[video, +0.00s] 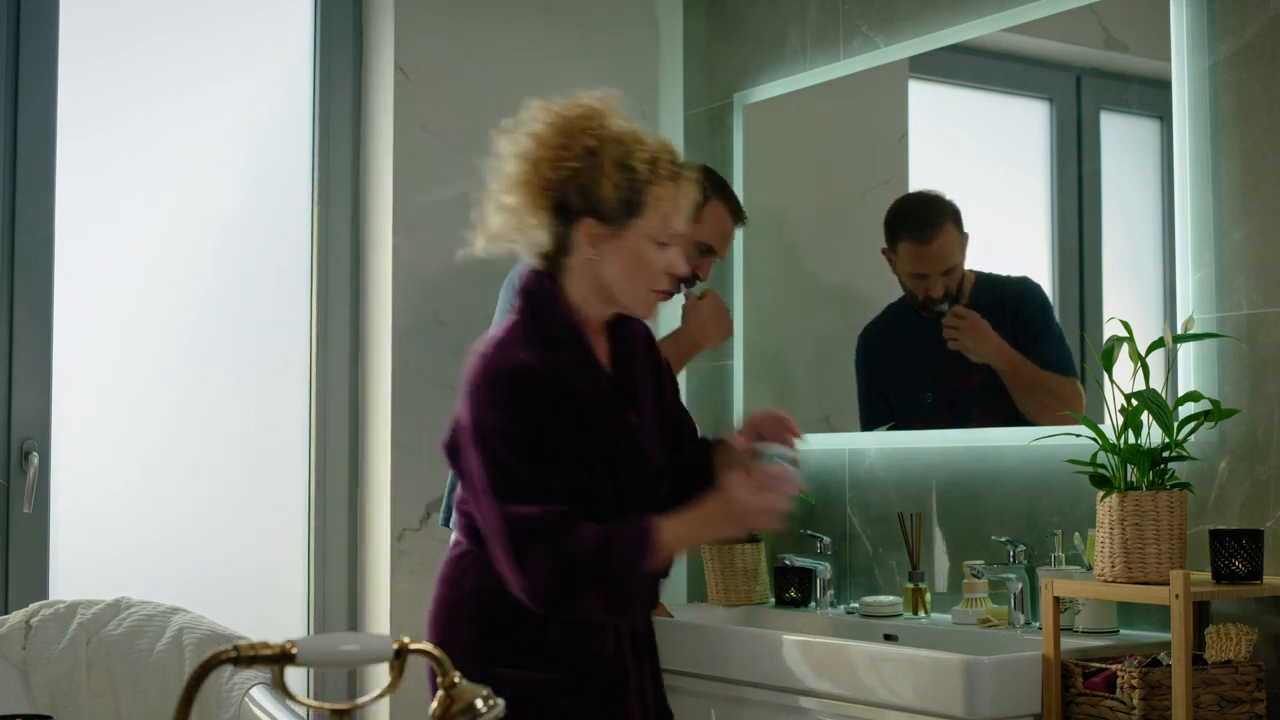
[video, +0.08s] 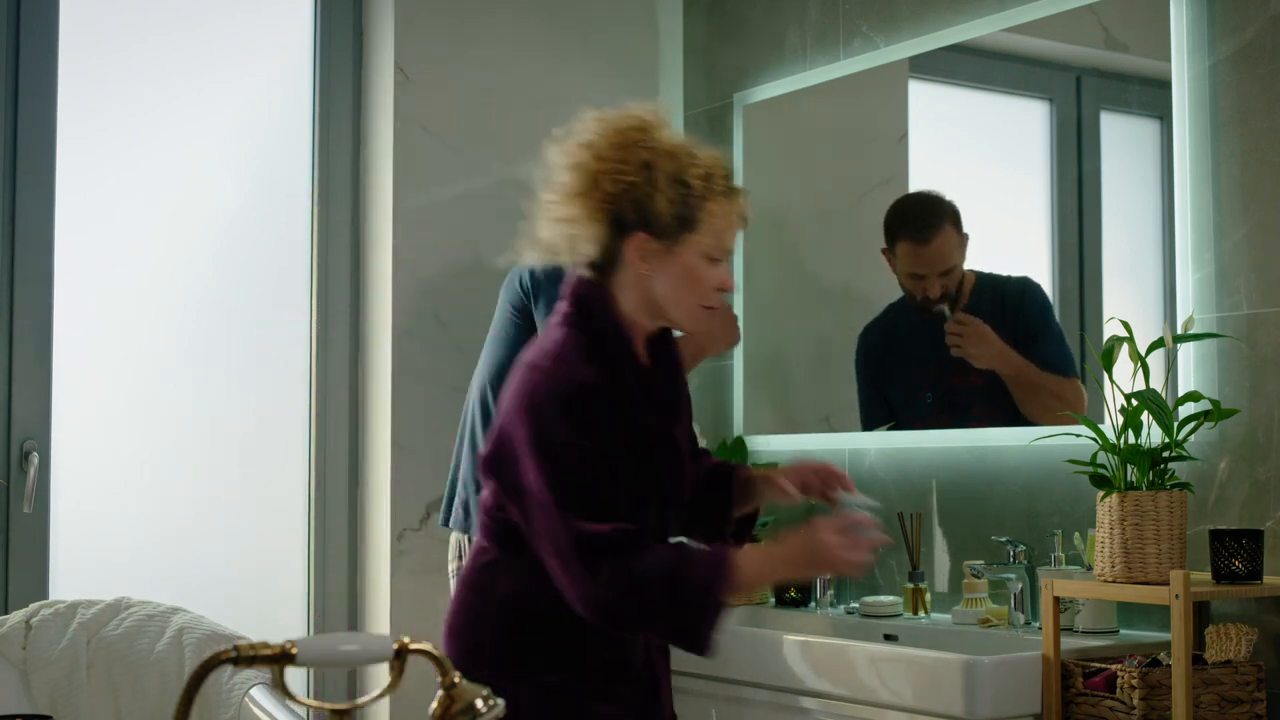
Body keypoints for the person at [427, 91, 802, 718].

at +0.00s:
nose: (683, 270)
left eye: (687, 250)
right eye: (666, 245)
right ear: (593, 240)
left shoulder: (632, 344)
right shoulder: (506, 371)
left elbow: (666, 477)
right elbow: (545, 569)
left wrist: (729, 457)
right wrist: (703, 524)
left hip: (608, 644)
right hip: (504, 661)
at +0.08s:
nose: (727, 283)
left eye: (727, 260)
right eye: (713, 259)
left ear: (644, 256)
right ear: (642, 254)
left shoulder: (648, 354)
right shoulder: (555, 380)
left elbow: (674, 488)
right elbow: (603, 581)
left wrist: (767, 487)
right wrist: (780, 561)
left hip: (609, 664)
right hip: (523, 681)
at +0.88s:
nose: (1023, 443)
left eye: (1031, 419)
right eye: (1025, 417)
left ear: (901, 384)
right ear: (976, 400)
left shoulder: (788, 442)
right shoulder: (970, 528)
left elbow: (741, 580)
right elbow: (1075, 676)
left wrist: (877, 646)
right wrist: (1190, 706)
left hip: (628, 691)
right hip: (747, 704)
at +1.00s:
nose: (1030, 440)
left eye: (1037, 416)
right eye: (1031, 414)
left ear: (907, 383)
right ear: (982, 397)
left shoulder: (794, 439)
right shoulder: (966, 526)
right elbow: (1075, 688)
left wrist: (888, 648)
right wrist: (1183, 710)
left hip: (632, 691)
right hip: (752, 706)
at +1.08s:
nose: (1031, 432)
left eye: (1038, 409)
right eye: (1032, 406)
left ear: (902, 374)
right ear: (983, 390)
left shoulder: (792, 435)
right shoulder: (970, 521)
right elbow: (1032, 693)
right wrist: (1167, 715)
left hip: (632, 690)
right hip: (759, 704)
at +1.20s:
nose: (1031, 426)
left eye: (1039, 403)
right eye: (1032, 399)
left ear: (907, 363)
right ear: (986, 383)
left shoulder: (797, 428)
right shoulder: (958, 511)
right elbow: (963, 704)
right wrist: (1102, 711)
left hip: (635, 683)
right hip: (757, 701)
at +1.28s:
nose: (1029, 424)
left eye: (1038, 400)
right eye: (1033, 396)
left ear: (911, 355)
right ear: (987, 377)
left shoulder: (802, 422)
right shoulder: (956, 513)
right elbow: (957, 704)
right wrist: (1069, 719)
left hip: (633, 683)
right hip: (757, 702)